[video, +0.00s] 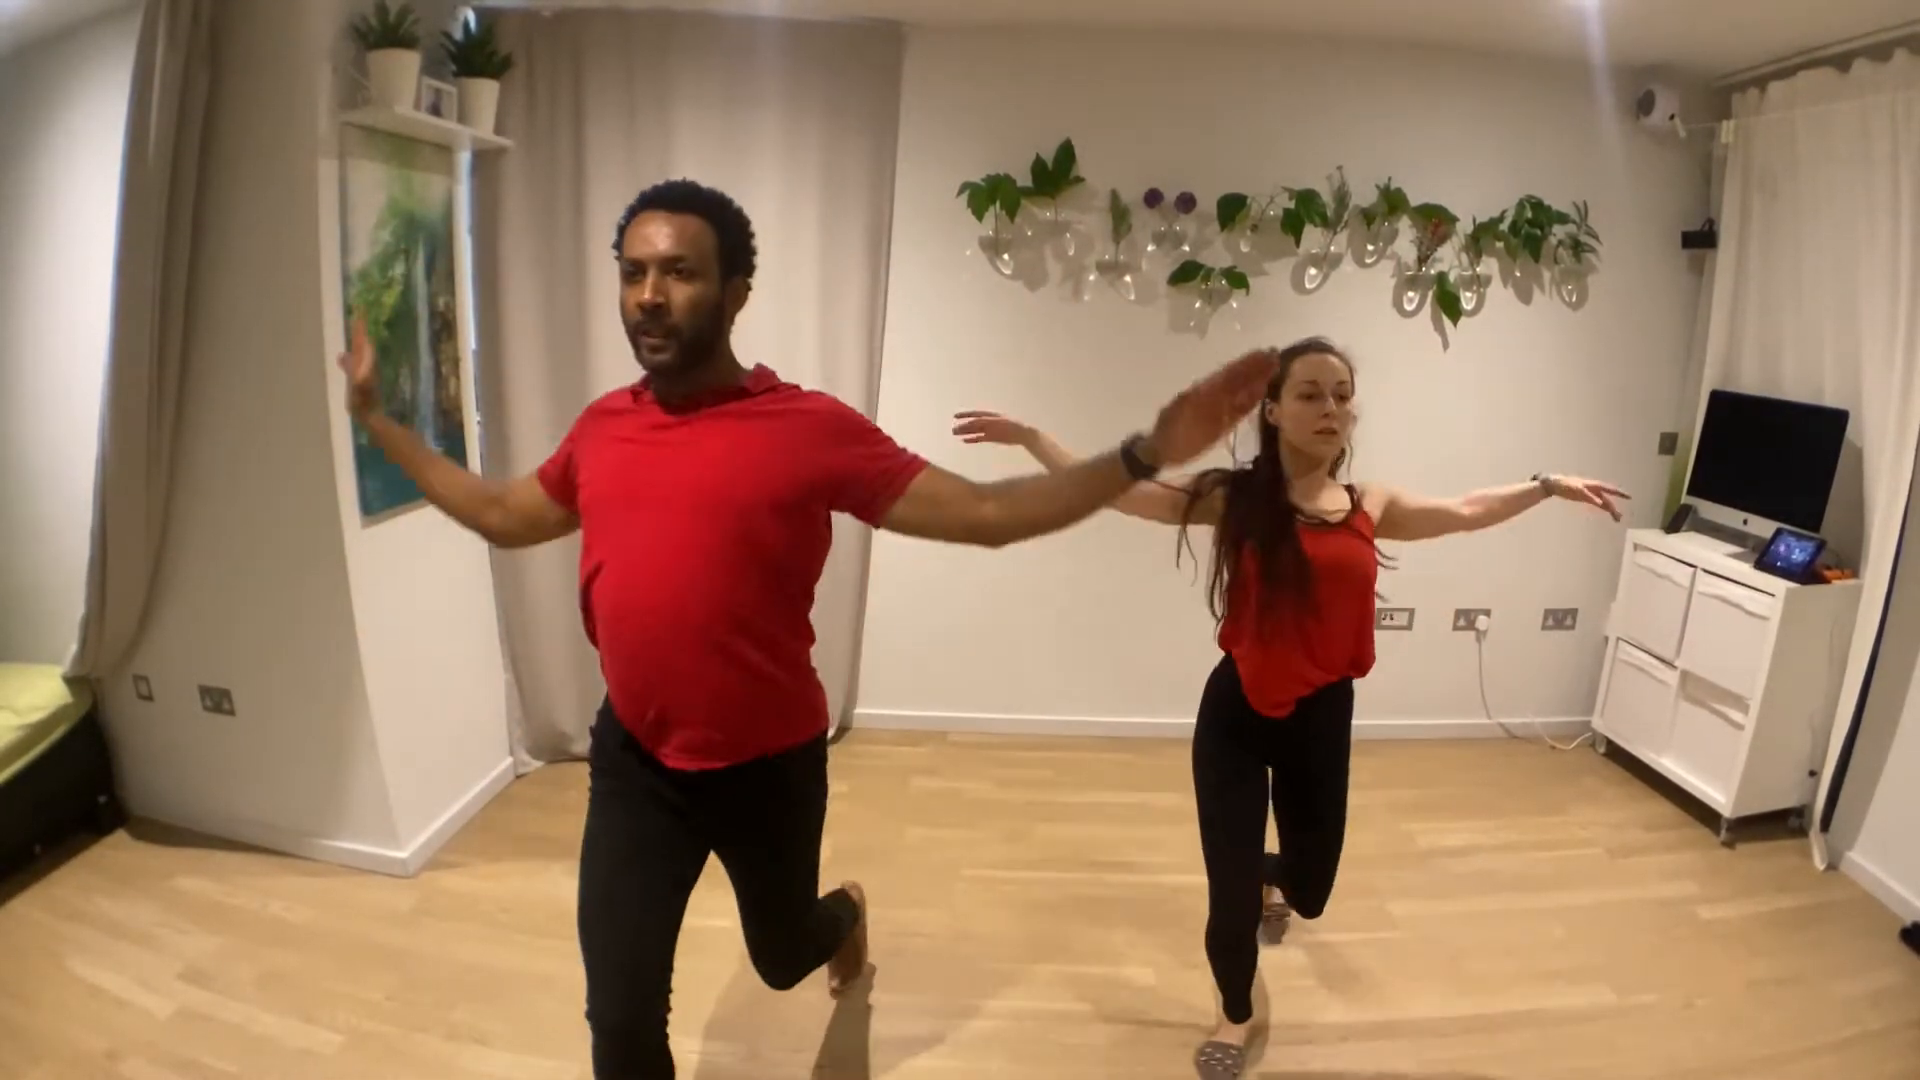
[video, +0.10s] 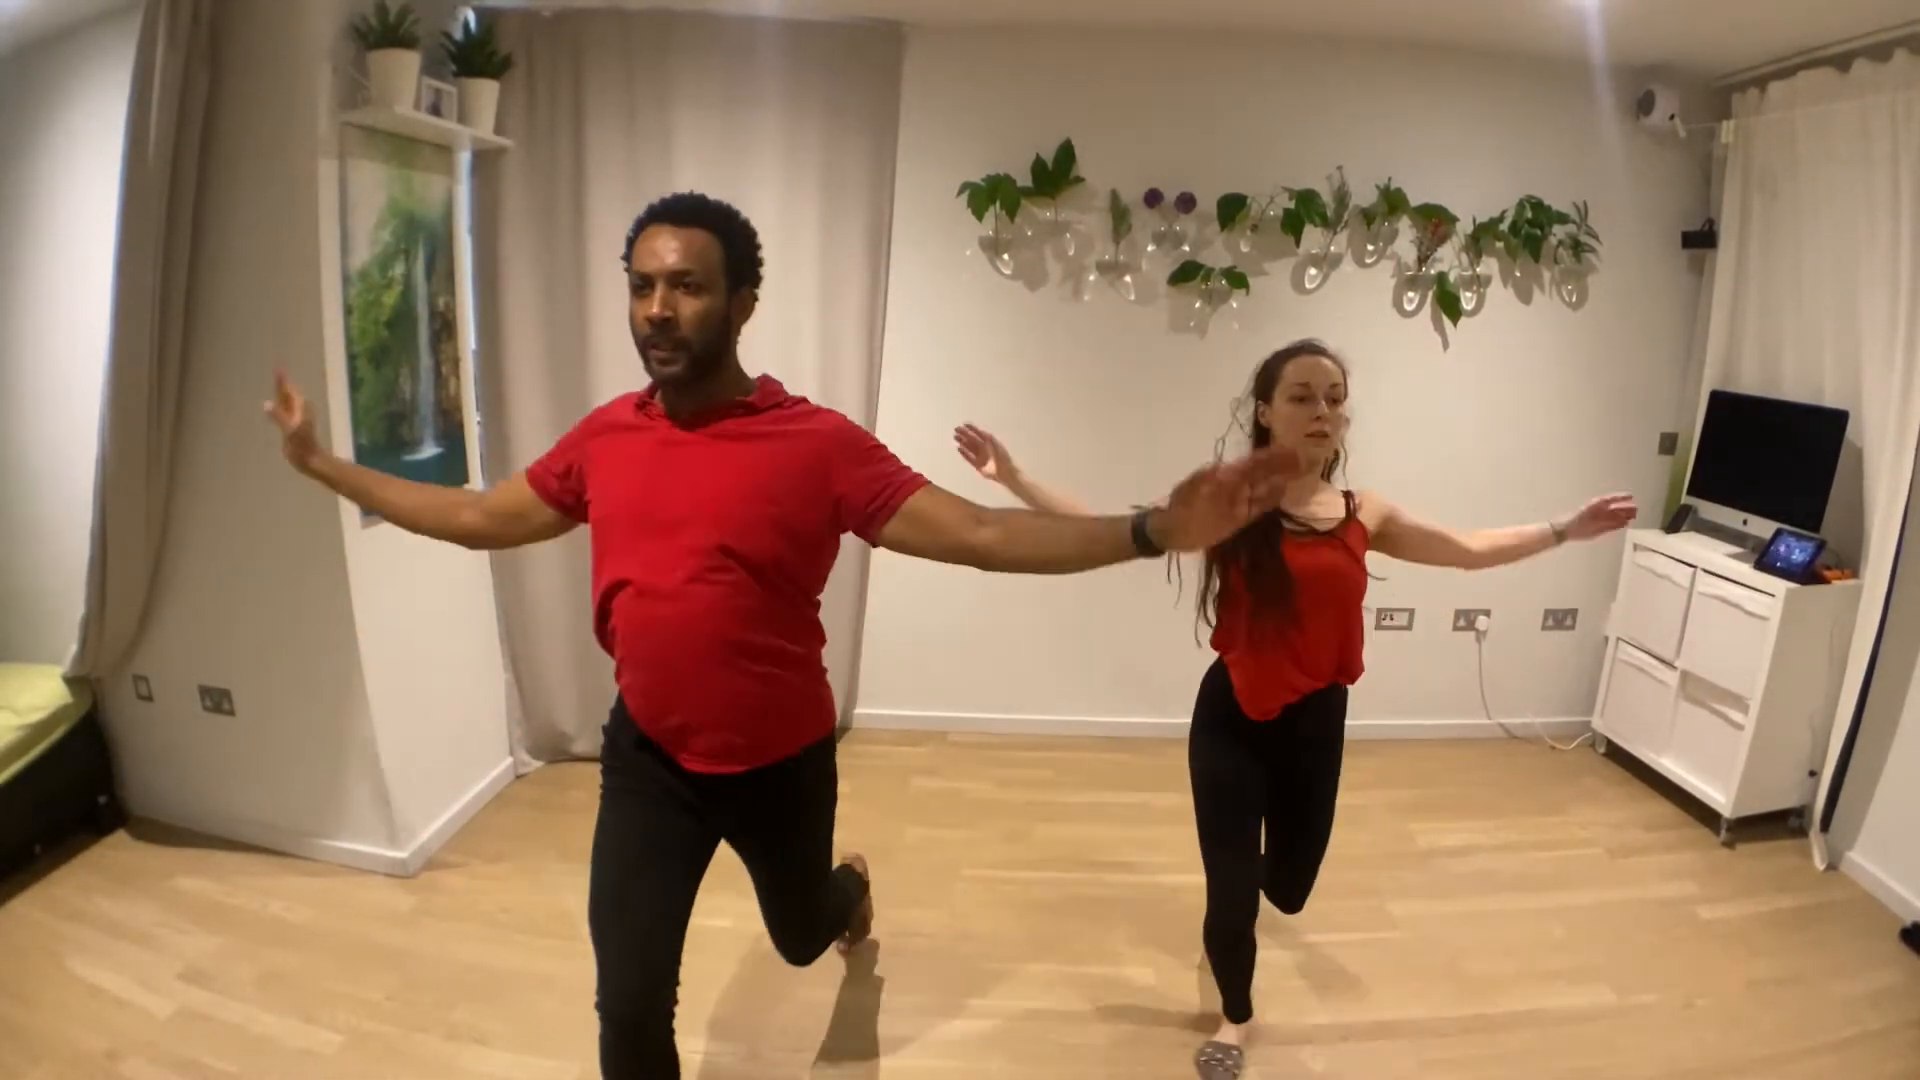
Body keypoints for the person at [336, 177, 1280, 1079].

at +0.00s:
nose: (647, 293)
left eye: (675, 272)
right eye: (633, 272)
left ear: (737, 291)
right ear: (617, 289)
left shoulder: (808, 430)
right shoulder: (607, 428)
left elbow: (986, 512)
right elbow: (505, 515)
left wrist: (1146, 466)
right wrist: (375, 422)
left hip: (767, 759)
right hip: (638, 756)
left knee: (781, 957)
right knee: (620, 1021)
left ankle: (848, 930)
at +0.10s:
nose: (652, 307)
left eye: (681, 285)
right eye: (639, 285)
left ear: (743, 302)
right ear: (627, 300)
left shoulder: (816, 445)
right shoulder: (605, 441)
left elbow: (980, 534)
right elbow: (494, 516)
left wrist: (1150, 532)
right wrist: (332, 470)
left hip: (781, 763)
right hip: (650, 759)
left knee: (802, 932)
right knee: (628, 1004)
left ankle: (850, 904)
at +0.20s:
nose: (668, 305)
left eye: (693, 283)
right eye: (653, 283)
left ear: (752, 298)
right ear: (641, 297)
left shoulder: (831, 434)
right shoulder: (617, 423)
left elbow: (980, 515)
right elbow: (467, 473)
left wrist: (1141, 559)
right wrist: (293, 470)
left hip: (803, 720)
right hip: (681, 719)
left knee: (816, 867)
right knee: (667, 952)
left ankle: (845, 897)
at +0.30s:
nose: (681, 300)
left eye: (709, 281)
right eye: (669, 279)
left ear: (767, 293)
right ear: (656, 290)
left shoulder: (836, 417)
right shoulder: (627, 409)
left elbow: (977, 500)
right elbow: (458, 452)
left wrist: (1123, 571)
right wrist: (302, 472)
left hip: (827, 692)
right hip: (707, 694)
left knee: (839, 818)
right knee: (690, 922)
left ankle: (856, 891)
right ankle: (684, 1076)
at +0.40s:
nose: (698, 295)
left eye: (723, 275)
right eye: (683, 274)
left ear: (772, 288)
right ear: (665, 285)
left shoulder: (837, 406)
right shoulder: (630, 400)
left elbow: (956, 509)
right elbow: (474, 468)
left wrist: (1061, 602)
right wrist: (322, 519)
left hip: (832, 667)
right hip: (717, 669)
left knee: (846, 796)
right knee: (692, 892)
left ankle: (855, 887)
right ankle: (741, 1047)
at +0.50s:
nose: (700, 290)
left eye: (725, 268)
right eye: (685, 269)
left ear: (775, 283)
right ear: (669, 279)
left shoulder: (836, 401)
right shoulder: (640, 396)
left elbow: (967, 530)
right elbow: (506, 496)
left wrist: (971, 684)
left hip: (830, 667)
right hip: (716, 670)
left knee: (843, 796)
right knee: (714, 894)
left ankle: (858, 884)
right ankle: (776, 986)